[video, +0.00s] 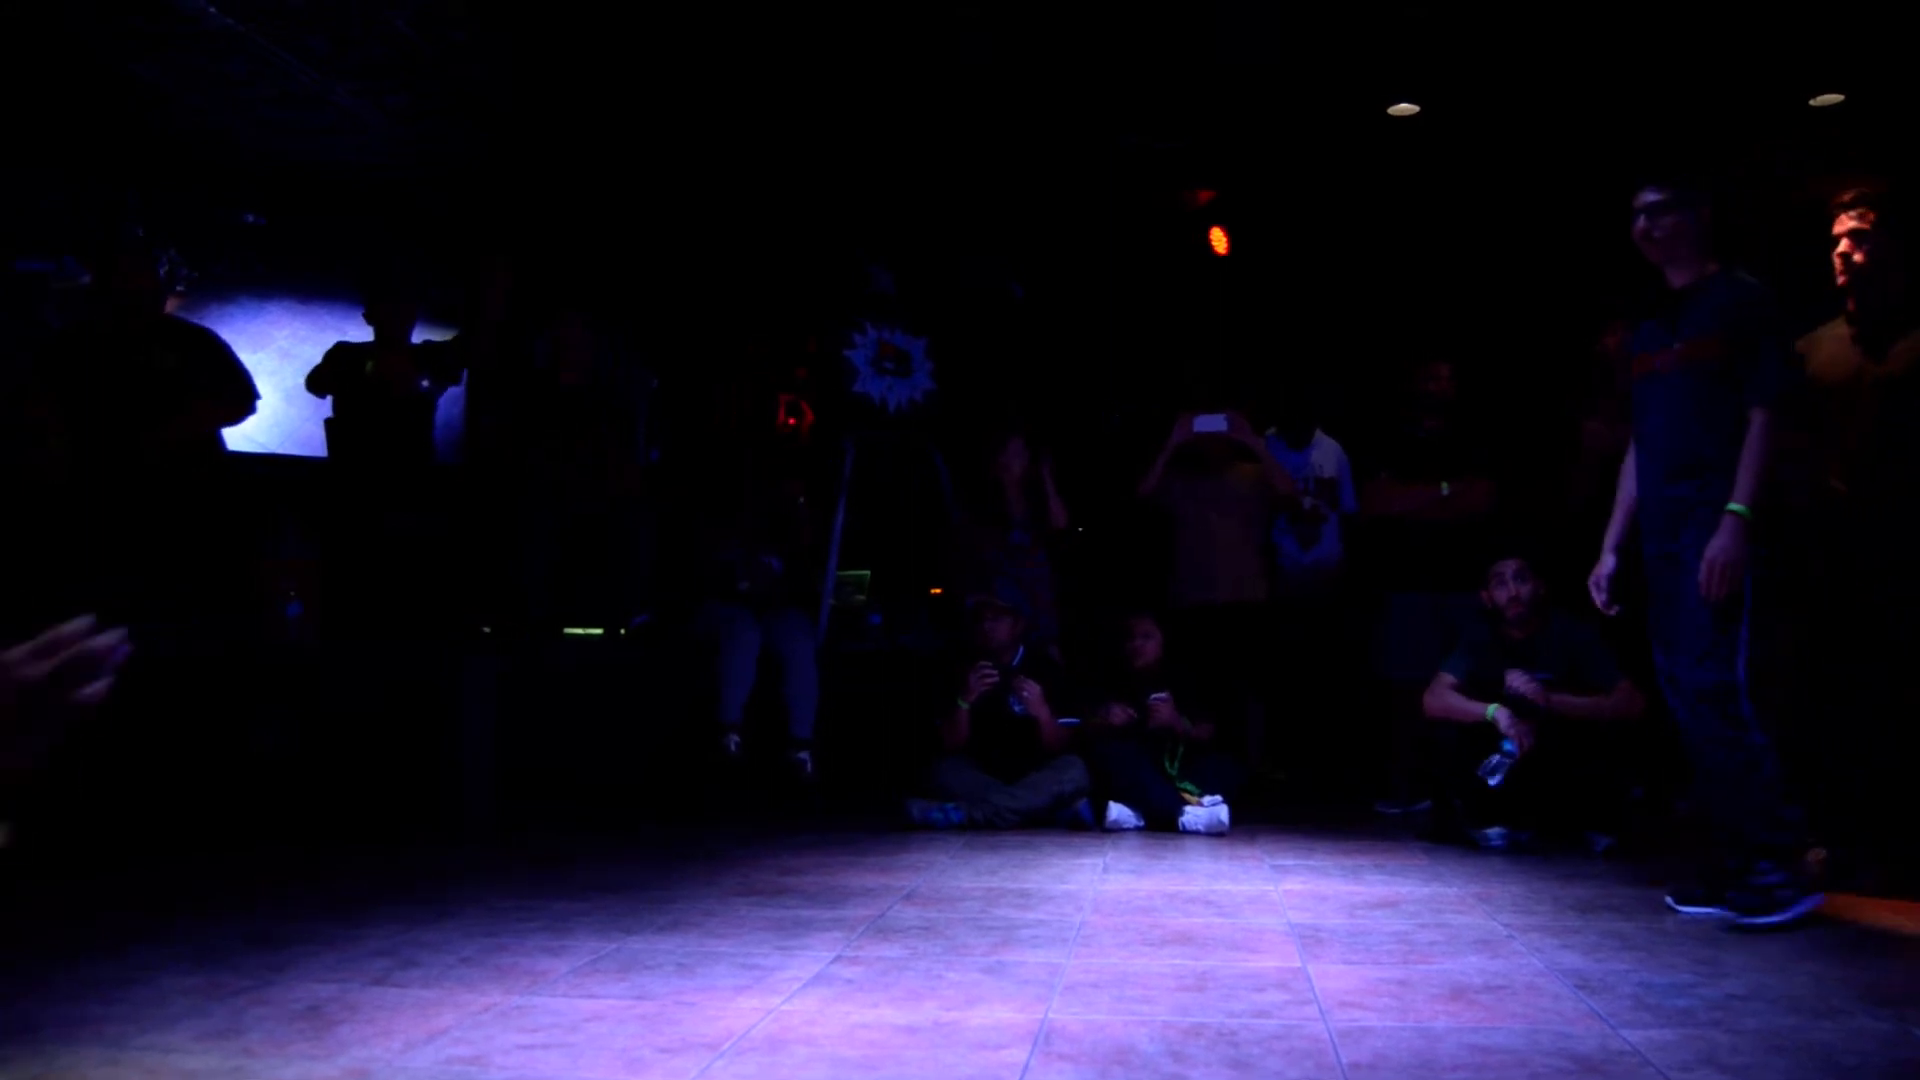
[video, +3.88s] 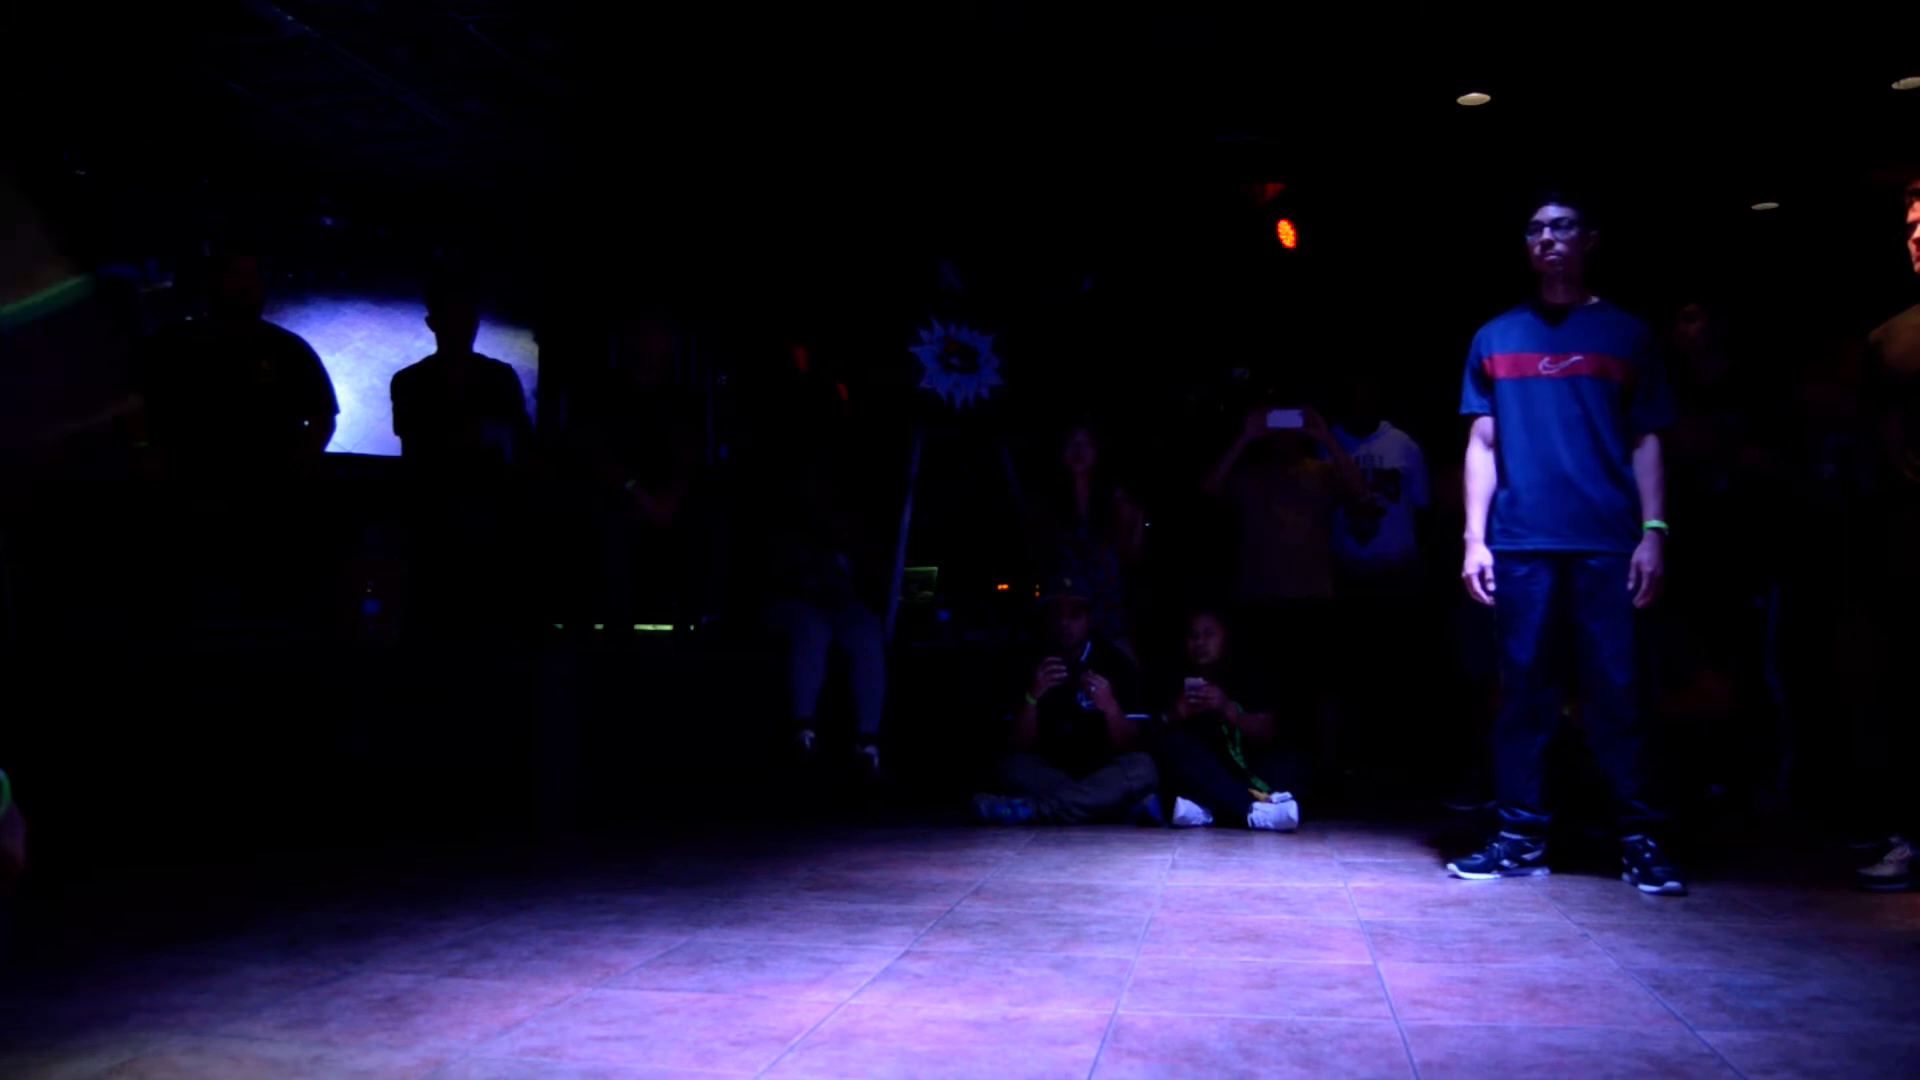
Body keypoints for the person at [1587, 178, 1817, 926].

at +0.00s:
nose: (1647, 226)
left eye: (1661, 211)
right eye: (1639, 215)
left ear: (1697, 216)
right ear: (1636, 229)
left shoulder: (1742, 302)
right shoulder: (1652, 320)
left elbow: (1764, 420)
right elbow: (1643, 442)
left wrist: (1736, 521)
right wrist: (1612, 546)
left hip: (1718, 529)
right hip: (1663, 532)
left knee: (1717, 691)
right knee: (1687, 692)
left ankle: (1774, 873)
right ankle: (1730, 869)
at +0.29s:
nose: (1675, 219)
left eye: (1690, 204)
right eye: (1669, 208)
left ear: (1728, 211)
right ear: (1666, 224)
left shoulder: (1766, 295)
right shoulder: (1687, 313)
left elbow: (1788, 416)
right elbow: (1678, 437)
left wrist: (1770, 524)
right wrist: (1645, 538)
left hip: (1744, 519)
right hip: (1696, 520)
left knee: (1694, 676)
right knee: (1725, 677)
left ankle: (1657, 853)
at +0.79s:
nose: (1619, 225)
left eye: (1634, 211)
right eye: (1615, 213)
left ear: (1676, 217)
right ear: (1622, 227)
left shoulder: (1693, 300)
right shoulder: (1671, 301)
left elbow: (1693, 425)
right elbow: (1678, 426)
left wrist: (1664, 534)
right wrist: (1636, 533)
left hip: (1677, 530)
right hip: (1673, 527)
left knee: (1662, 694)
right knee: (1724, 686)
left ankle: (1652, 859)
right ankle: (1820, 847)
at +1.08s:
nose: (1572, 225)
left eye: (1587, 212)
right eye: (1570, 213)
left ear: (1630, 218)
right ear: (1607, 226)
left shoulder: (1639, 299)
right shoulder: (1639, 296)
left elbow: (1618, 428)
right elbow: (1622, 430)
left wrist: (1558, 524)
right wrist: (1586, 545)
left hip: (1633, 525)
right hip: (1637, 521)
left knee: (1627, 686)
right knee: (1641, 680)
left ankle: (1641, 857)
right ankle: (1711, 824)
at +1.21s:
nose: (1561, 228)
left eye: (1576, 214)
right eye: (1559, 216)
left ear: (1618, 220)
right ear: (1587, 227)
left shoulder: (1628, 300)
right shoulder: (1617, 298)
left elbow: (1601, 424)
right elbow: (1600, 426)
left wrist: (1542, 521)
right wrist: (1562, 533)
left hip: (1622, 528)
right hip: (1609, 525)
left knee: (1617, 688)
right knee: (1599, 685)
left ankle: (1642, 856)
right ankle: (1622, 838)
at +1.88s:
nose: (1500, 237)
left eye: (1516, 226)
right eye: (1499, 227)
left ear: (1553, 238)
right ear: (1505, 241)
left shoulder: (1578, 315)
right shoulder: (1520, 328)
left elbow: (1591, 429)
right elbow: (1500, 456)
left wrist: (1574, 528)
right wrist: (1465, 549)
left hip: (1552, 540)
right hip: (1504, 544)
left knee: (1583, 694)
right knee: (1519, 695)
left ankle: (1639, 850)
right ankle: (1521, 838)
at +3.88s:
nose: (1549, 241)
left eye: (1562, 230)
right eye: (1539, 231)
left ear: (1589, 242)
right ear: (1527, 247)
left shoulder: (1624, 334)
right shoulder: (1495, 338)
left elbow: (1644, 440)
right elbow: (1481, 443)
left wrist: (1653, 532)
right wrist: (1475, 538)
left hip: (1605, 542)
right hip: (1522, 542)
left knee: (1617, 693)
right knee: (1523, 692)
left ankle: (1639, 841)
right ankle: (1520, 836)